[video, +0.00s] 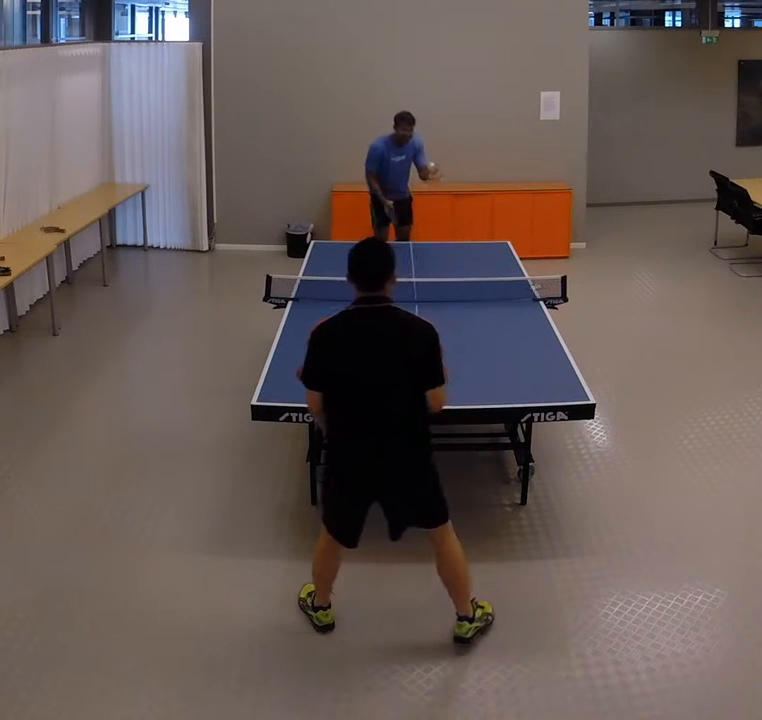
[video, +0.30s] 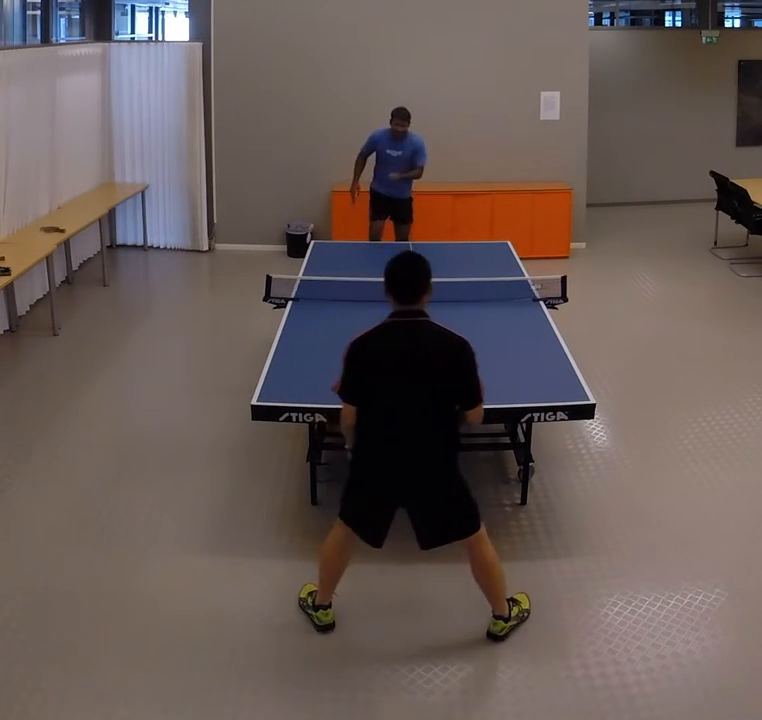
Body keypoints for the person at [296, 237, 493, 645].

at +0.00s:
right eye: (391, 271)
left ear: (349, 278)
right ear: (392, 277)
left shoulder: (326, 333)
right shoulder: (419, 331)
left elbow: (315, 403)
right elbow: (436, 400)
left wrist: (340, 426)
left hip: (349, 454)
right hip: (408, 453)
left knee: (334, 533)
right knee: (441, 532)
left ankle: (320, 604)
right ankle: (467, 615)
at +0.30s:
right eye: (426, 283)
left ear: (387, 290)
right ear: (429, 290)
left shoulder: (363, 346)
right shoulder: (454, 347)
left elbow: (348, 417)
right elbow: (474, 415)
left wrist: (357, 445)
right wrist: (442, 404)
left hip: (376, 464)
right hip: (434, 466)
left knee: (345, 529)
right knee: (474, 536)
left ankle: (322, 605)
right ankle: (502, 613)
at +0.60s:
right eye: (449, 284)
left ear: (408, 290)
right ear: (450, 290)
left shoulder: (382, 347)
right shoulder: (473, 348)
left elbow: (376, 420)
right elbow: (495, 415)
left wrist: (395, 448)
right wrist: (491, 388)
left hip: (396, 467)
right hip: (455, 467)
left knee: (355, 545)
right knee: (486, 538)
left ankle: (324, 620)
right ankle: (502, 615)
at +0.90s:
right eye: (440, 286)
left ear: (401, 292)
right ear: (443, 292)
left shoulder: (375, 348)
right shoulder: (466, 349)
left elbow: (367, 421)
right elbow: (489, 417)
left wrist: (383, 449)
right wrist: (484, 389)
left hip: (391, 468)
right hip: (449, 468)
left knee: (352, 543)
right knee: (481, 540)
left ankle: (323, 621)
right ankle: (502, 616)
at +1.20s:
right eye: (454, 285)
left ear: (411, 292)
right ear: (455, 291)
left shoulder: (384, 347)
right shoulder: (476, 348)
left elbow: (371, 420)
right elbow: (492, 410)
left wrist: (389, 448)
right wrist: (495, 386)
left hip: (392, 467)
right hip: (451, 468)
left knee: (352, 543)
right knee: (483, 540)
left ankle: (323, 620)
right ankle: (502, 615)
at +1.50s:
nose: (490, 283)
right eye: (494, 277)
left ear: (450, 282)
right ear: (493, 281)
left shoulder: (424, 332)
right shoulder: (515, 334)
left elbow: (400, 399)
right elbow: (544, 409)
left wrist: (407, 438)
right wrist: (558, 431)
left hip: (434, 454)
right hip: (492, 458)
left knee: (393, 539)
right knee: (505, 532)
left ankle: (357, 620)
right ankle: (502, 613)